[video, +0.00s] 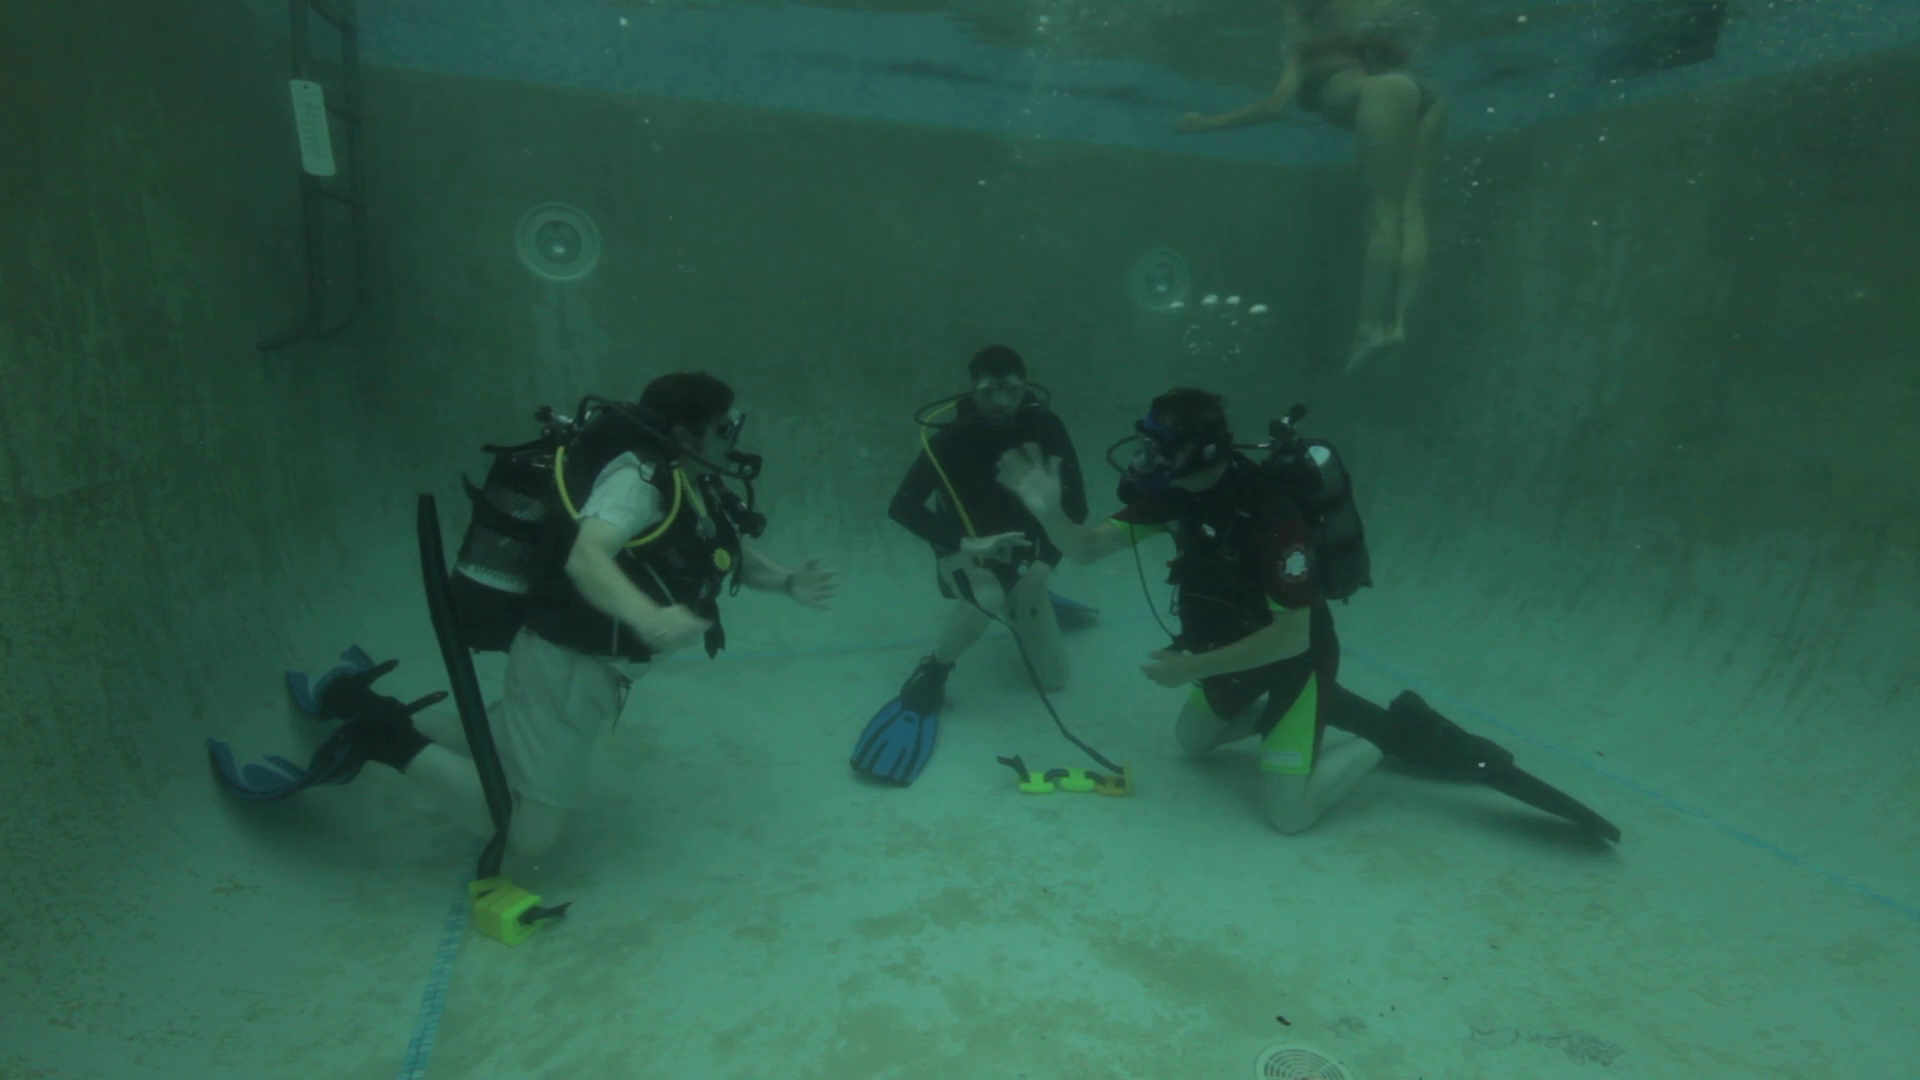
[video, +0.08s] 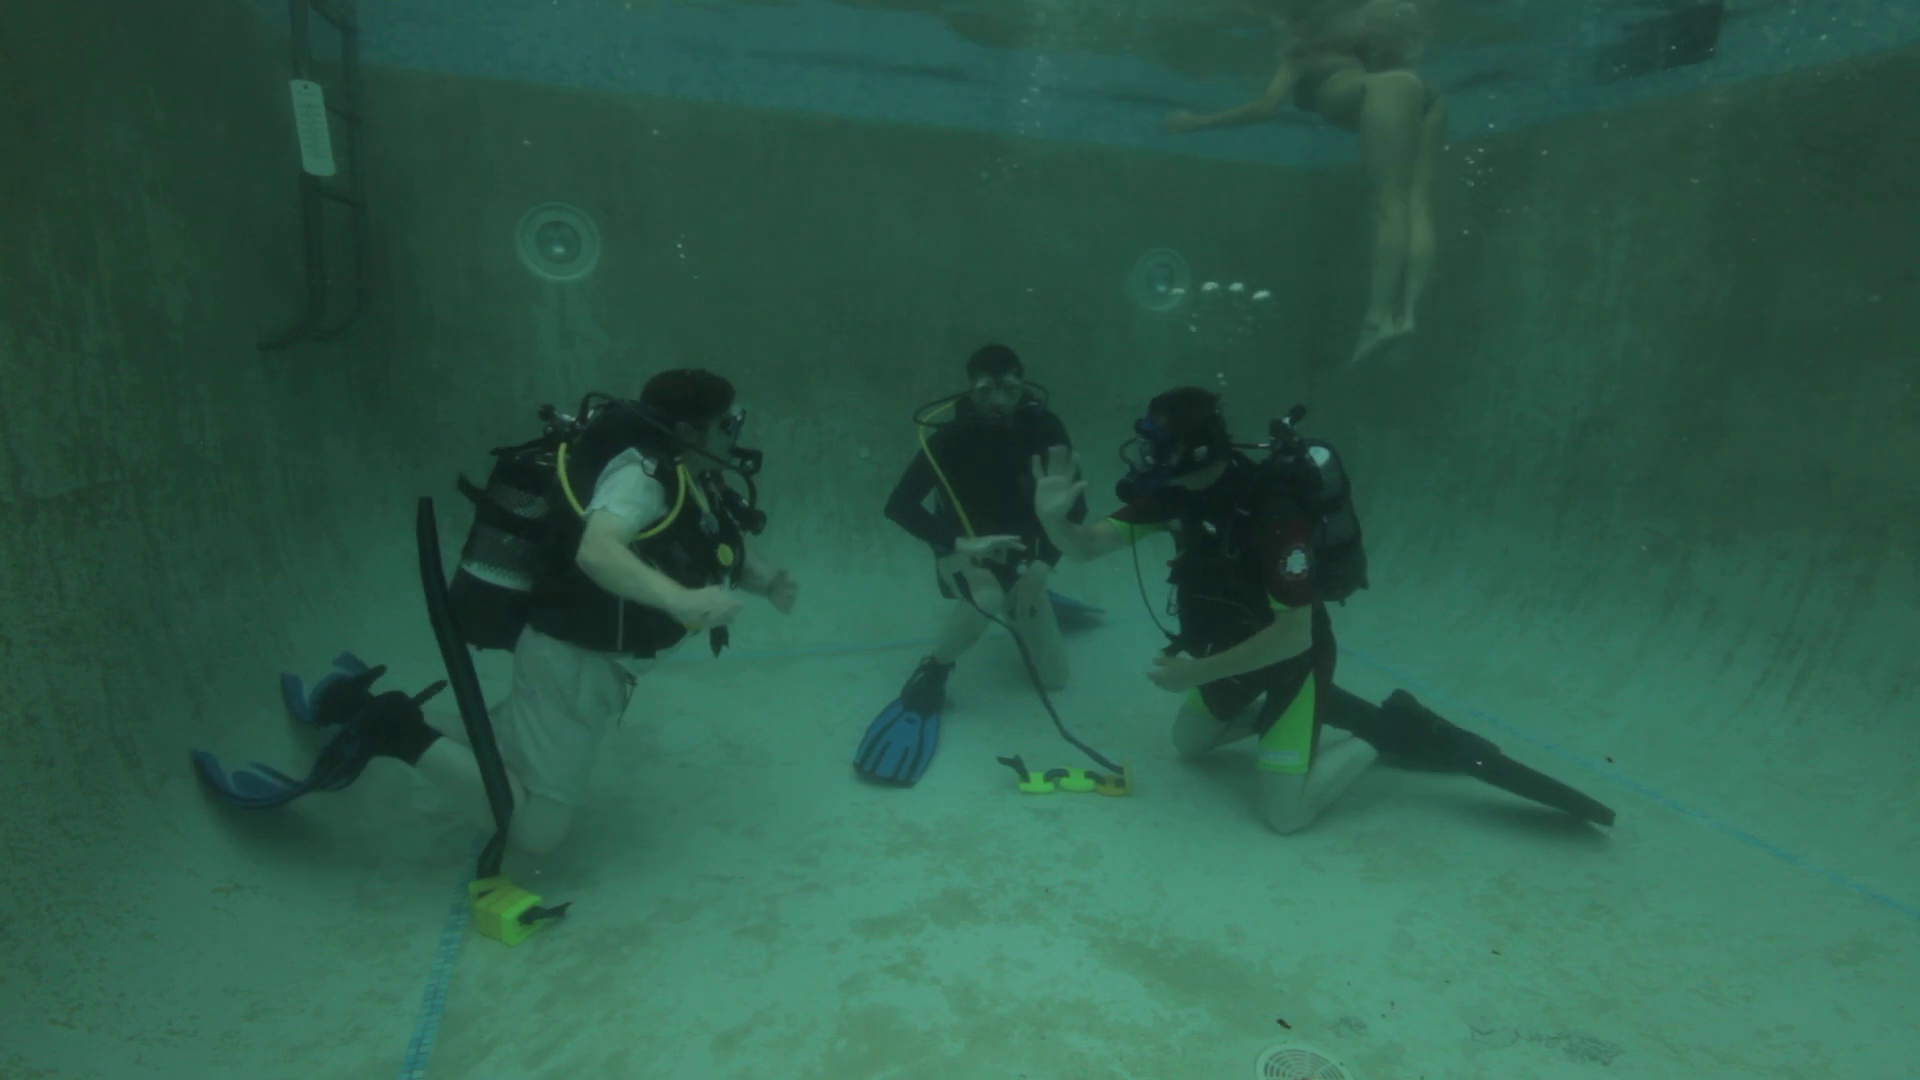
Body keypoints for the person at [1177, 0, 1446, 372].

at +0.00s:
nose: (1285, 30)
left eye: (1289, 22)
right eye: (1286, 23)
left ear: (1303, 21)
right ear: (1327, 22)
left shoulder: (1304, 49)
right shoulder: (1351, 45)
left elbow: (1277, 106)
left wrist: (1210, 123)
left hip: (1383, 92)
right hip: (1426, 96)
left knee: (1383, 211)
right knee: (1414, 210)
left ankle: (1372, 327)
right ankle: (1399, 324)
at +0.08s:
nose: (1278, 35)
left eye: (1281, 29)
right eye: (1277, 29)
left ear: (1293, 28)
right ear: (1316, 28)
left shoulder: (1298, 54)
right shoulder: (1340, 52)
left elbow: (1267, 107)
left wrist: (1198, 122)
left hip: (1387, 89)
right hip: (1426, 94)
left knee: (1389, 205)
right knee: (1419, 207)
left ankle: (1379, 317)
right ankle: (1407, 316)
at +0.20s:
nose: (1270, 58)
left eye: (1275, 55)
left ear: (1290, 48)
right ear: (1318, 47)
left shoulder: (1298, 64)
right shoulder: (1348, 64)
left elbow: (1254, 112)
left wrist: (1191, 114)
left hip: (1388, 91)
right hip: (1424, 96)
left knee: (1404, 201)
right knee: (1429, 201)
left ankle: (1401, 304)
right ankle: (1429, 303)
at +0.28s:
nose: (1273, 52)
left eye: (1276, 46)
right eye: (1274, 47)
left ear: (1290, 44)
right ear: (1314, 41)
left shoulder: (1295, 65)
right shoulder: (1342, 62)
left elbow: (1253, 112)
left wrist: (1197, 113)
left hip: (1390, 96)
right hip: (1418, 96)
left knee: (1413, 199)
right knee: (1434, 202)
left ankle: (1421, 294)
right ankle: (1450, 294)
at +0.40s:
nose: (1269, 56)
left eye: (1273, 50)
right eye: (1270, 52)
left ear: (1289, 47)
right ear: (1305, 47)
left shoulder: (1297, 68)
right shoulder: (1325, 65)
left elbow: (1257, 113)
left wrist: (1213, 129)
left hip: (1384, 108)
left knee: (1418, 189)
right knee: (1425, 193)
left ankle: (1455, 279)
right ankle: (1478, 282)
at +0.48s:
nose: (1276, 72)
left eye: (1282, 63)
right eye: (1277, 65)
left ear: (1302, 59)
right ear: (1298, 66)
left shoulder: (1310, 76)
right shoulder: (1299, 99)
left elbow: (1263, 124)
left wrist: (1228, 147)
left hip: (1389, 112)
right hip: (1370, 151)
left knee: (1413, 190)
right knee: (1414, 212)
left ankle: (1475, 272)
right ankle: (1490, 280)